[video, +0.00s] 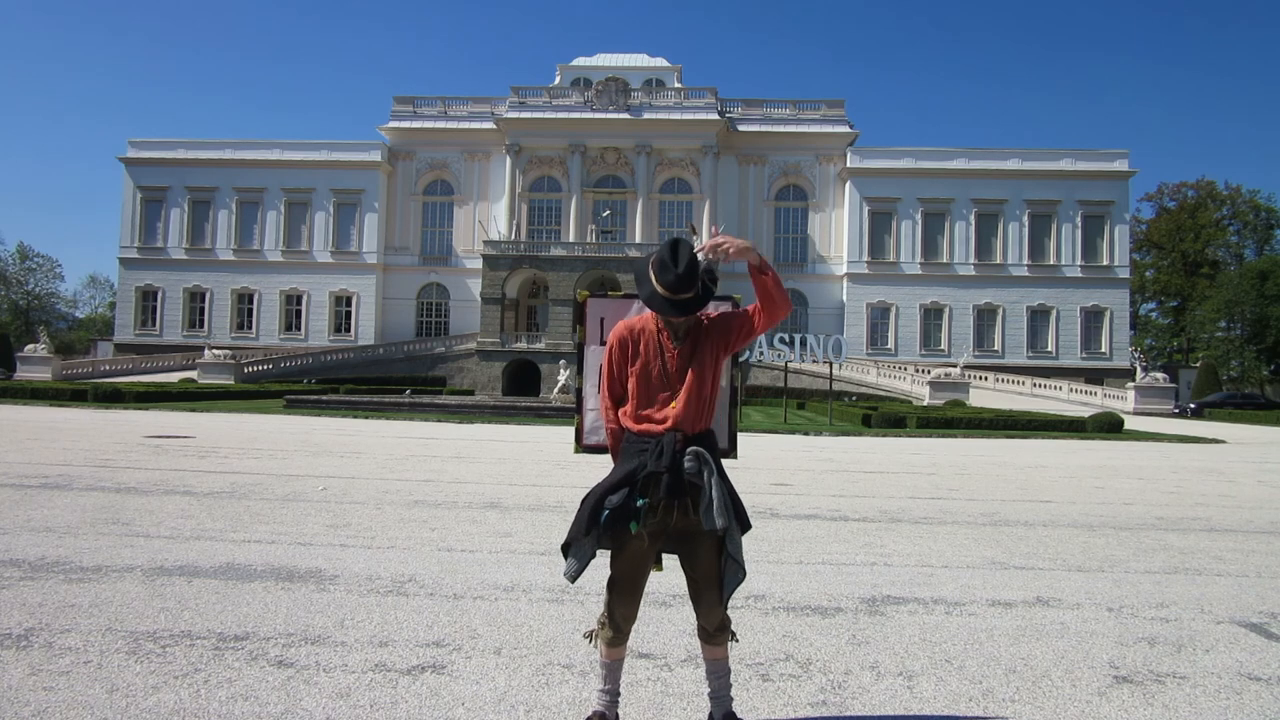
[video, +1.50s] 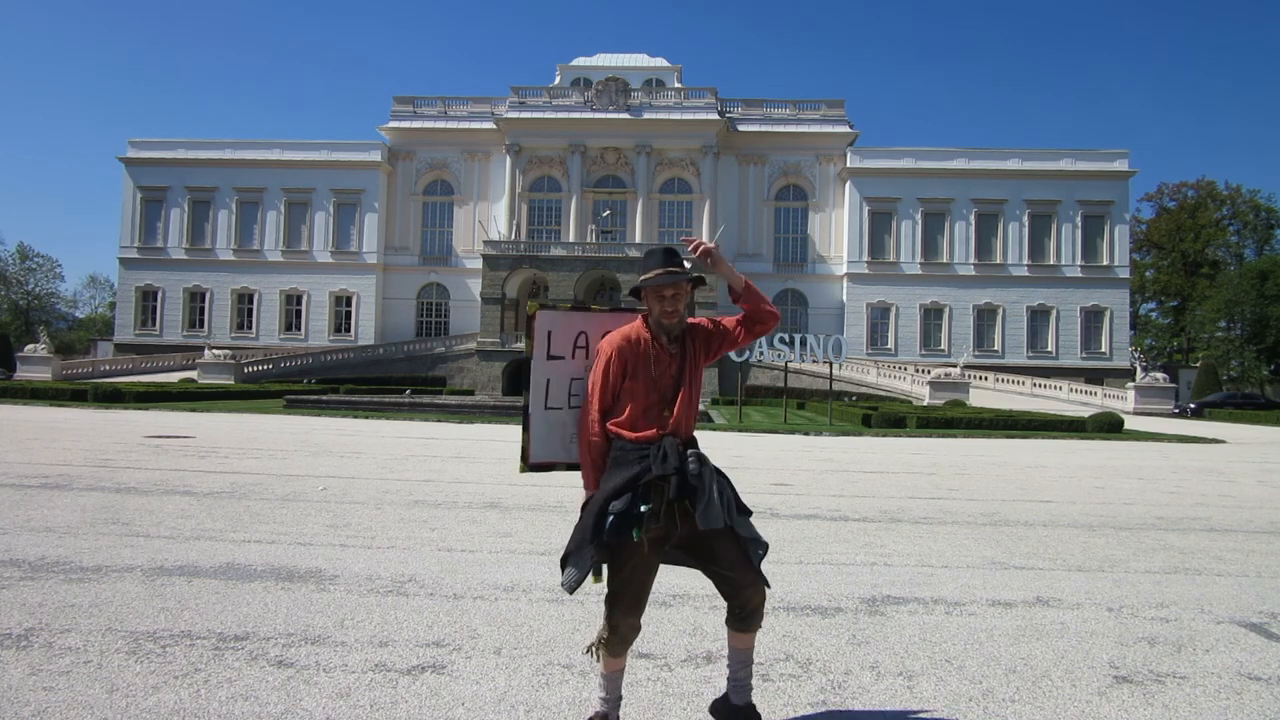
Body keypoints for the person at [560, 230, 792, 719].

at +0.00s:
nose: (678, 317)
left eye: (687, 308)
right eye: (669, 307)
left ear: (701, 296)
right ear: (653, 297)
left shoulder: (718, 329)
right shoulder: (627, 334)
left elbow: (776, 308)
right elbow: (610, 408)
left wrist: (752, 257)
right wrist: (628, 468)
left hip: (698, 475)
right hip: (639, 474)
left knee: (711, 598)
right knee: (623, 594)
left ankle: (721, 707)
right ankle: (606, 700)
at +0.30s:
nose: (675, 324)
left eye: (684, 315)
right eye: (666, 316)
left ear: (699, 301)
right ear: (650, 301)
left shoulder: (712, 324)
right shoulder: (624, 336)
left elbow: (764, 278)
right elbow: (608, 413)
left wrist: (717, 244)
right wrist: (625, 474)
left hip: (700, 479)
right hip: (639, 478)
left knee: (712, 603)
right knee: (622, 603)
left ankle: (721, 708)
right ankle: (607, 703)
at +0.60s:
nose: (674, 319)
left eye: (682, 309)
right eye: (665, 310)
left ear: (694, 298)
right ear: (648, 300)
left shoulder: (706, 325)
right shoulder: (621, 338)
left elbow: (759, 286)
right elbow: (604, 417)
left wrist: (704, 253)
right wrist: (622, 482)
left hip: (700, 480)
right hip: (639, 480)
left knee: (716, 604)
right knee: (625, 607)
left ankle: (722, 707)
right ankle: (608, 702)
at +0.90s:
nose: (668, 306)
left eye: (675, 296)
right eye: (658, 297)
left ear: (686, 294)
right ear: (642, 296)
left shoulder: (699, 329)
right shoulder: (615, 340)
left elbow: (755, 290)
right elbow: (599, 418)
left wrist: (701, 265)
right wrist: (618, 485)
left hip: (698, 482)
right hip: (636, 484)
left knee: (720, 606)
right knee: (624, 611)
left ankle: (724, 706)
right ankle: (609, 702)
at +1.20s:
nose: (663, 308)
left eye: (671, 298)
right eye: (653, 299)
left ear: (682, 297)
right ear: (637, 300)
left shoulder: (696, 335)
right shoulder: (611, 346)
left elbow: (755, 303)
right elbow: (595, 426)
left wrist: (706, 270)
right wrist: (613, 491)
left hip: (694, 487)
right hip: (633, 489)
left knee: (732, 605)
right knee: (622, 613)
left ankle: (726, 707)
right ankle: (609, 704)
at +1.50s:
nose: (670, 303)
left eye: (678, 293)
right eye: (660, 294)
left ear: (689, 294)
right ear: (644, 297)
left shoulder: (701, 336)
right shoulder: (617, 346)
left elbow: (765, 317)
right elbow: (592, 428)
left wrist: (722, 268)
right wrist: (597, 501)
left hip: (690, 486)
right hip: (632, 489)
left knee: (750, 592)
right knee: (623, 613)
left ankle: (738, 699)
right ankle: (608, 705)